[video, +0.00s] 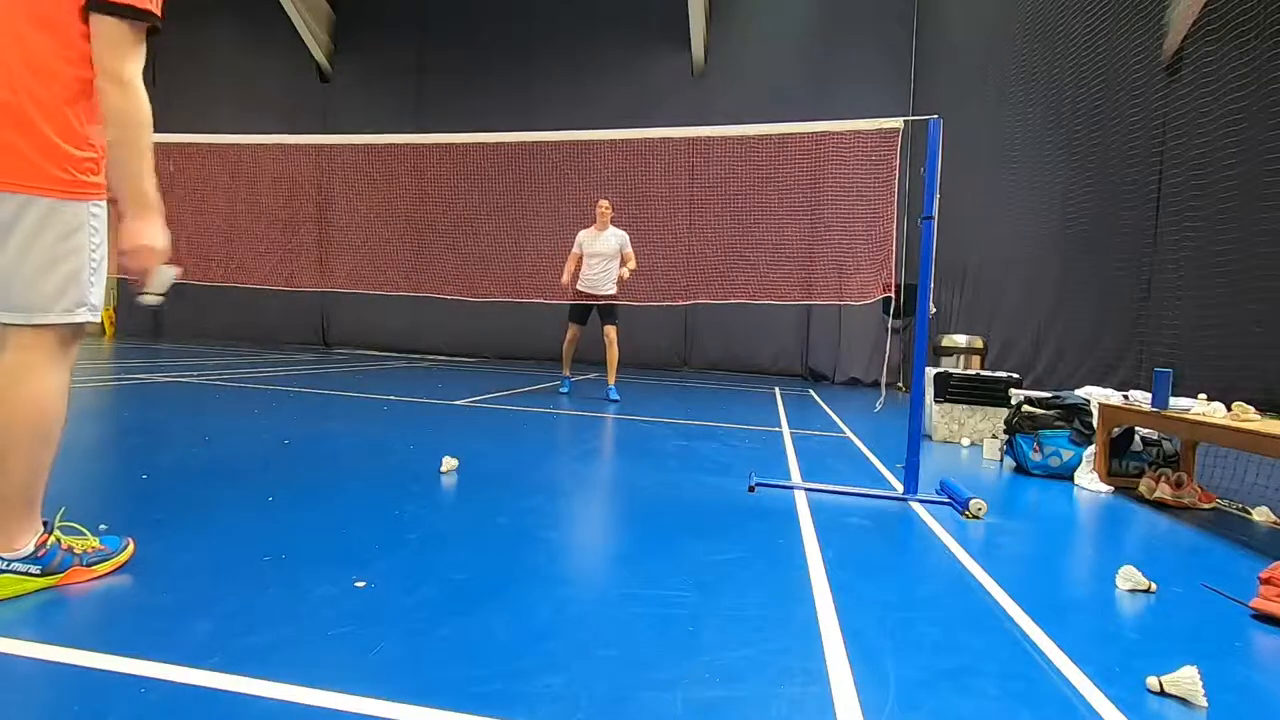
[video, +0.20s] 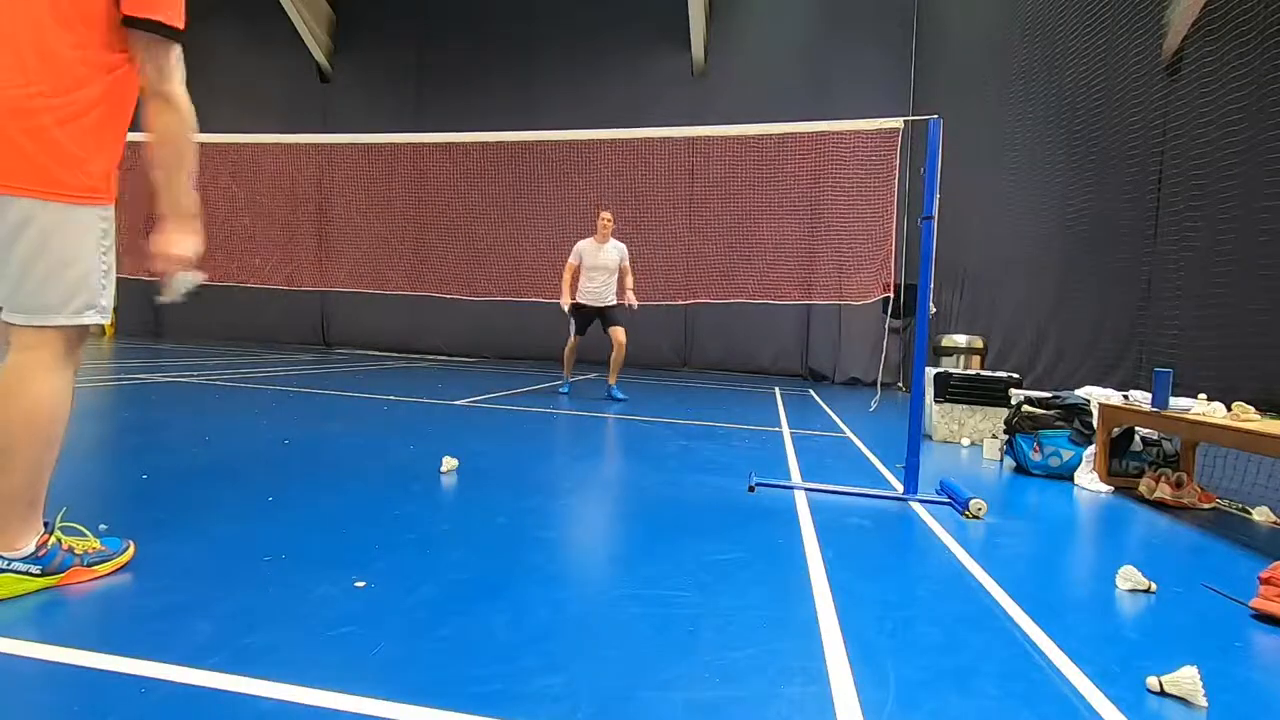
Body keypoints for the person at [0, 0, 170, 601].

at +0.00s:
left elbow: (116, 72)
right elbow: (116, 70)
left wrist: (136, 206)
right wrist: (142, 208)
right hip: (39, 149)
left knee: (31, 340)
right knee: (37, 341)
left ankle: (16, 537)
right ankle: (16, 545)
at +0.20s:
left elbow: (165, 87)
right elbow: (162, 86)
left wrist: (176, 218)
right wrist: (179, 218)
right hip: (46, 151)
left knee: (34, 340)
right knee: (43, 343)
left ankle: (20, 532)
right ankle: (18, 544)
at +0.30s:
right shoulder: (159, 5)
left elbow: (224, 89)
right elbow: (225, 90)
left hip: (19, 151)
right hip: (51, 158)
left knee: (29, 342)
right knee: (44, 345)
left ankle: (18, 537)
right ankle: (19, 546)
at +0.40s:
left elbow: (259, 58)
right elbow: (260, 60)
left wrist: (346, 110)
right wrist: (349, 109)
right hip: (52, 148)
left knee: (21, 337)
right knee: (48, 343)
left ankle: (19, 530)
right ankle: (19, 544)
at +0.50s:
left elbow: (267, 50)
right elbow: (267, 51)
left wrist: (346, 73)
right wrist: (347, 70)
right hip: (54, 142)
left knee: (44, 336)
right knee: (51, 339)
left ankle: (20, 530)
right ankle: (19, 543)